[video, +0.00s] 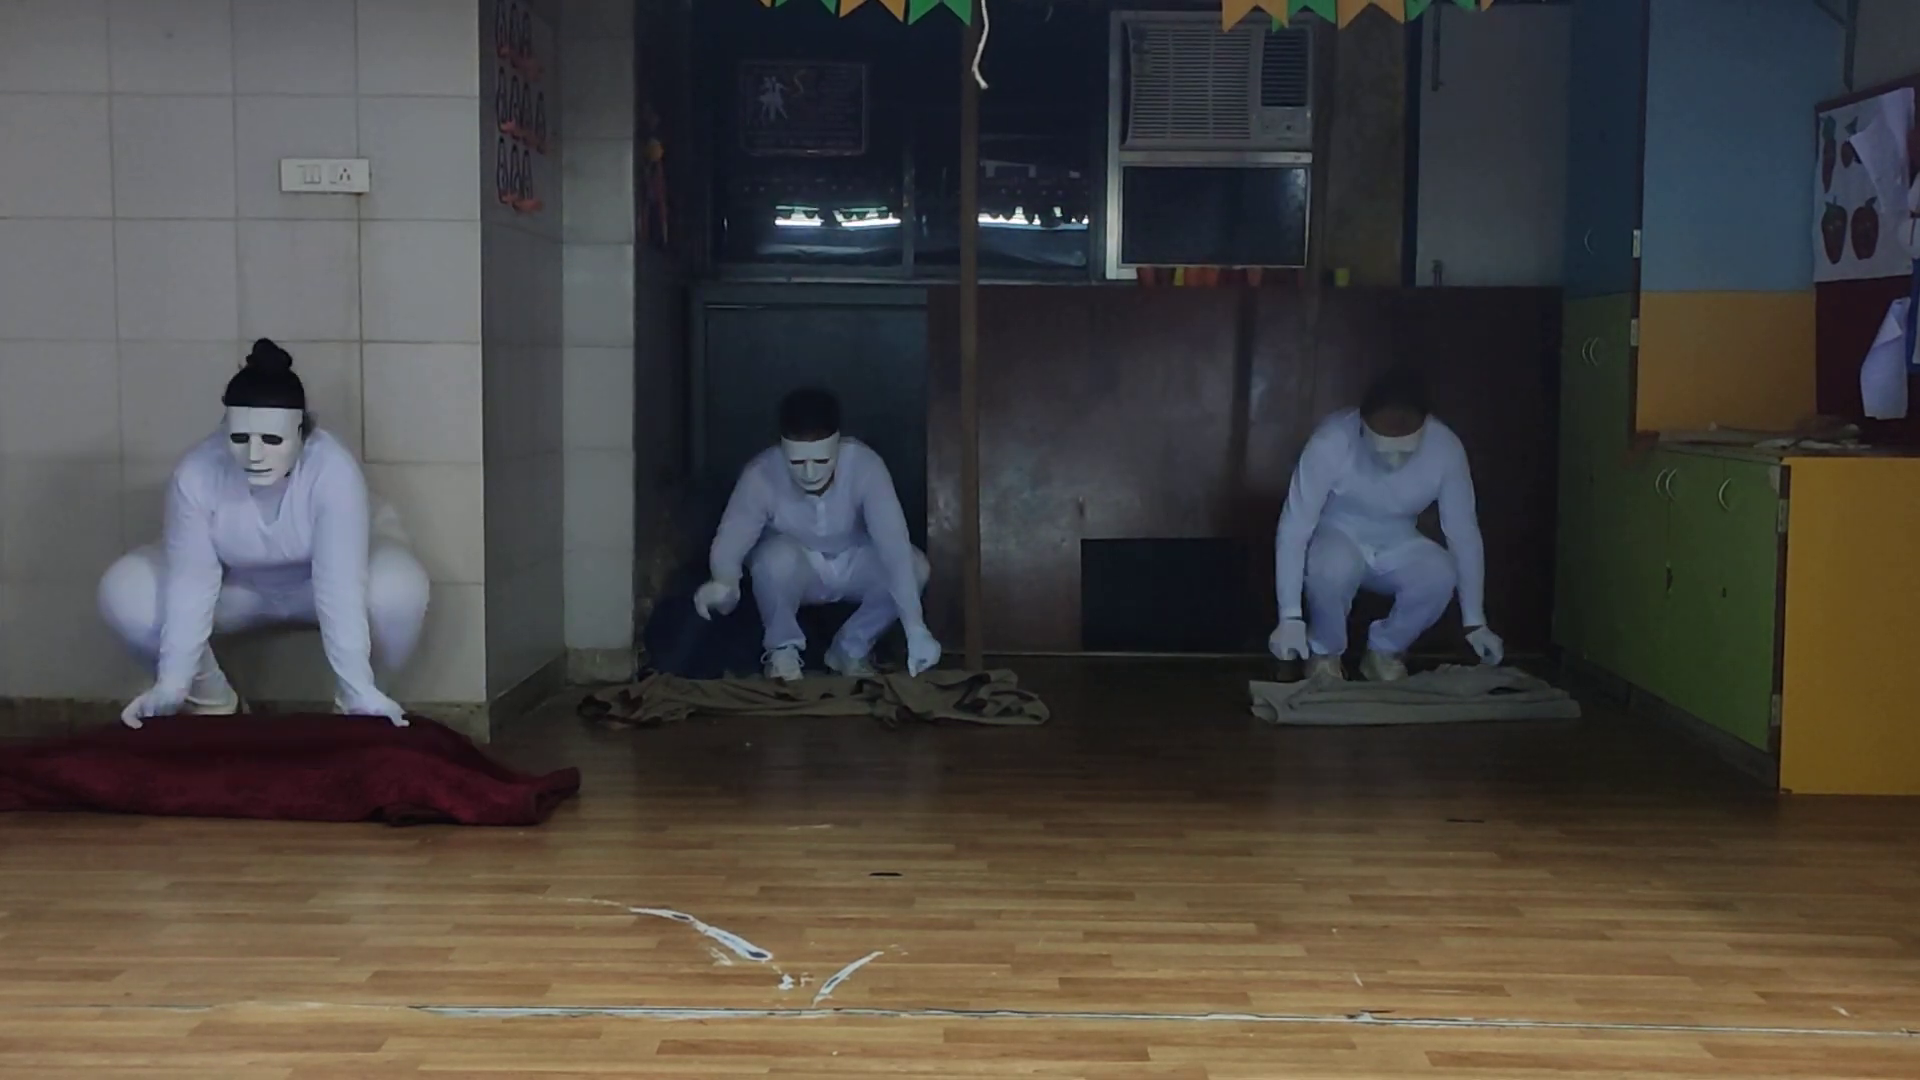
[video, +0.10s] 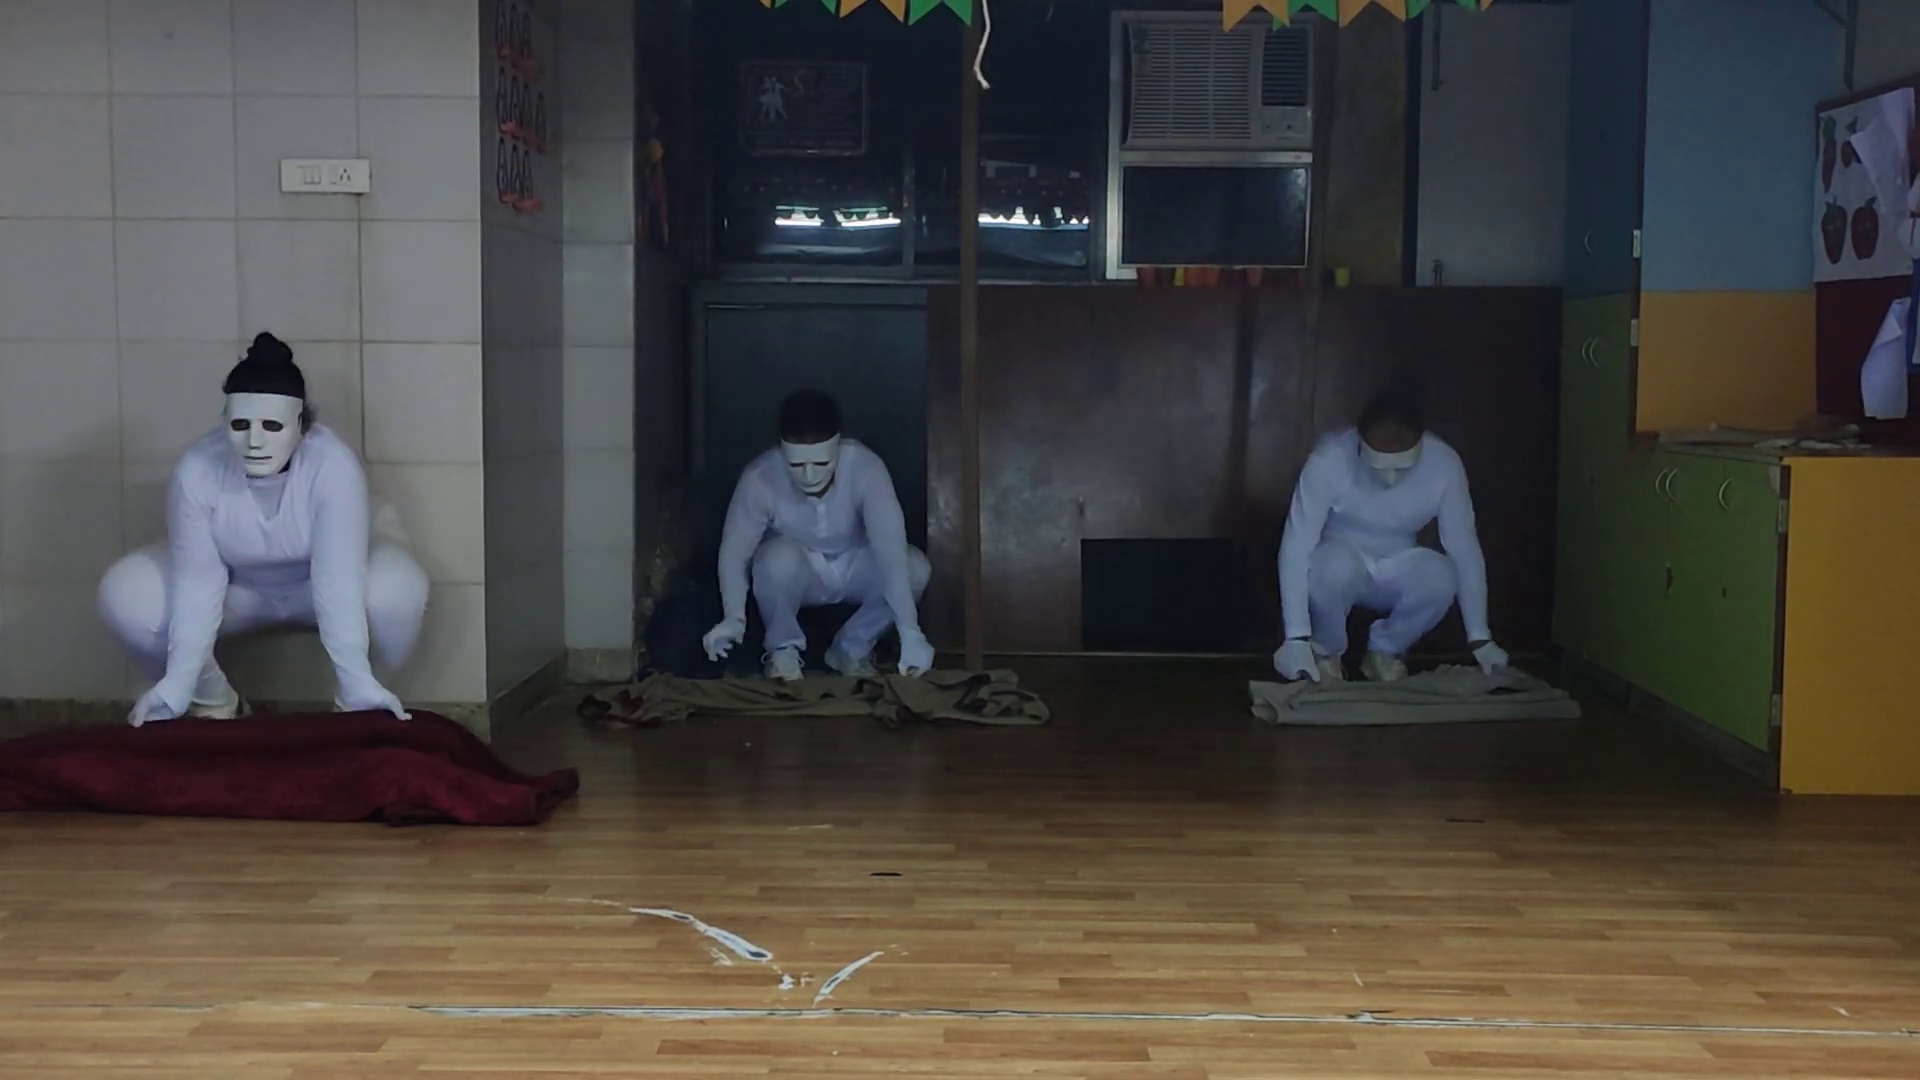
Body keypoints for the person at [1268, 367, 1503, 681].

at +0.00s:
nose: (1394, 461)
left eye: (1405, 451)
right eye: (1383, 451)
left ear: (1422, 430)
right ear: (1364, 429)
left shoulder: (1445, 451)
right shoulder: (1332, 444)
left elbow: (1463, 534)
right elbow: (1292, 529)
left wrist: (1474, 623)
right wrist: (1290, 618)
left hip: (1399, 542)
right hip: (1337, 537)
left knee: (1438, 574)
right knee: (1332, 568)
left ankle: (1384, 652)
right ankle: (1326, 655)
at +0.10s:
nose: (1392, 478)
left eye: (1403, 468)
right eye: (1381, 468)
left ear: (1418, 449)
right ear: (1362, 448)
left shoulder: (1444, 467)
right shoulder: (1329, 463)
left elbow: (1466, 552)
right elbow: (1294, 549)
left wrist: (1480, 640)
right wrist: (1296, 638)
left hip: (1400, 568)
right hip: (1341, 564)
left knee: (1438, 578)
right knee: (1331, 569)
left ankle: (1385, 652)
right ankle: (1327, 655)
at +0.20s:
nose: (1390, 484)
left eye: (1401, 474)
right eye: (1378, 474)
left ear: (1417, 454)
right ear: (1359, 453)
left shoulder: (1443, 475)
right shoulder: (1328, 470)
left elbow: (1467, 559)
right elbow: (1290, 558)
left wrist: (1482, 645)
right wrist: (1290, 645)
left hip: (1402, 576)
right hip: (1342, 573)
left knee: (1439, 582)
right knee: (1331, 571)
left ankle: (1385, 651)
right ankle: (1328, 654)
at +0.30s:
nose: (1388, 485)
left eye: (1400, 474)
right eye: (1377, 474)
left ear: (1415, 455)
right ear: (1359, 454)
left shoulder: (1442, 475)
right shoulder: (1328, 469)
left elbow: (1466, 558)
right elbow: (1290, 557)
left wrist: (1481, 641)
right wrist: (1291, 643)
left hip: (1402, 576)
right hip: (1342, 573)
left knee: (1439, 581)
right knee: (1331, 570)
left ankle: (1385, 652)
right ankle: (1327, 654)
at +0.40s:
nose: (1387, 479)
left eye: (1398, 468)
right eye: (1375, 469)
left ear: (1414, 451)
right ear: (1358, 452)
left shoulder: (1441, 470)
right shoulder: (1327, 468)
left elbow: (1462, 549)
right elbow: (1291, 552)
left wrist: (1479, 633)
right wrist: (1289, 637)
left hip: (1400, 573)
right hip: (1340, 570)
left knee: (1438, 578)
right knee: (1330, 568)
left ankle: (1390, 645)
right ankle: (1326, 647)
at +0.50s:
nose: (1384, 472)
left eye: (1395, 461)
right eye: (1373, 462)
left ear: (1412, 444)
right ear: (1355, 445)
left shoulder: (1439, 466)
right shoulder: (1325, 464)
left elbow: (1462, 547)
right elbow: (1289, 547)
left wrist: (1478, 630)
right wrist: (1288, 632)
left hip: (1402, 570)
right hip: (1341, 566)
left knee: (1441, 578)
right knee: (1327, 568)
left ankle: (1398, 647)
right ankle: (1322, 649)